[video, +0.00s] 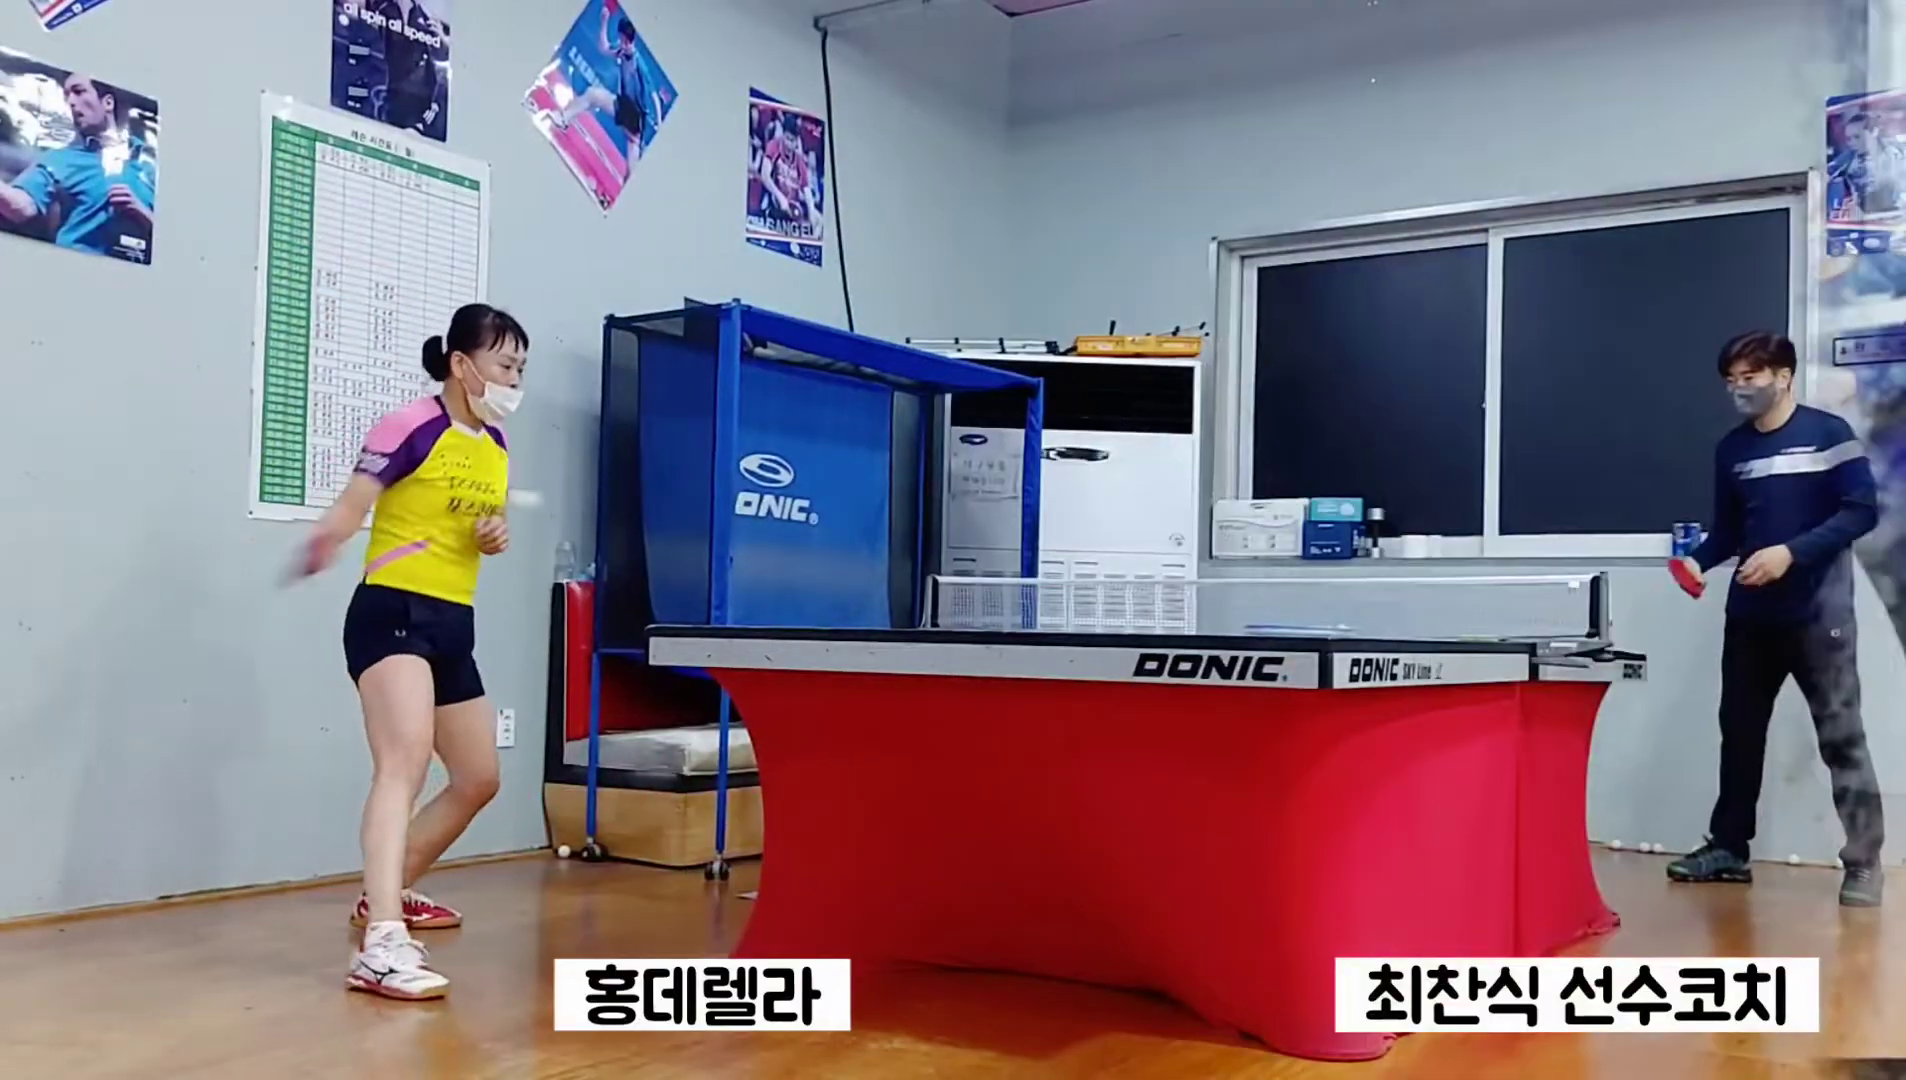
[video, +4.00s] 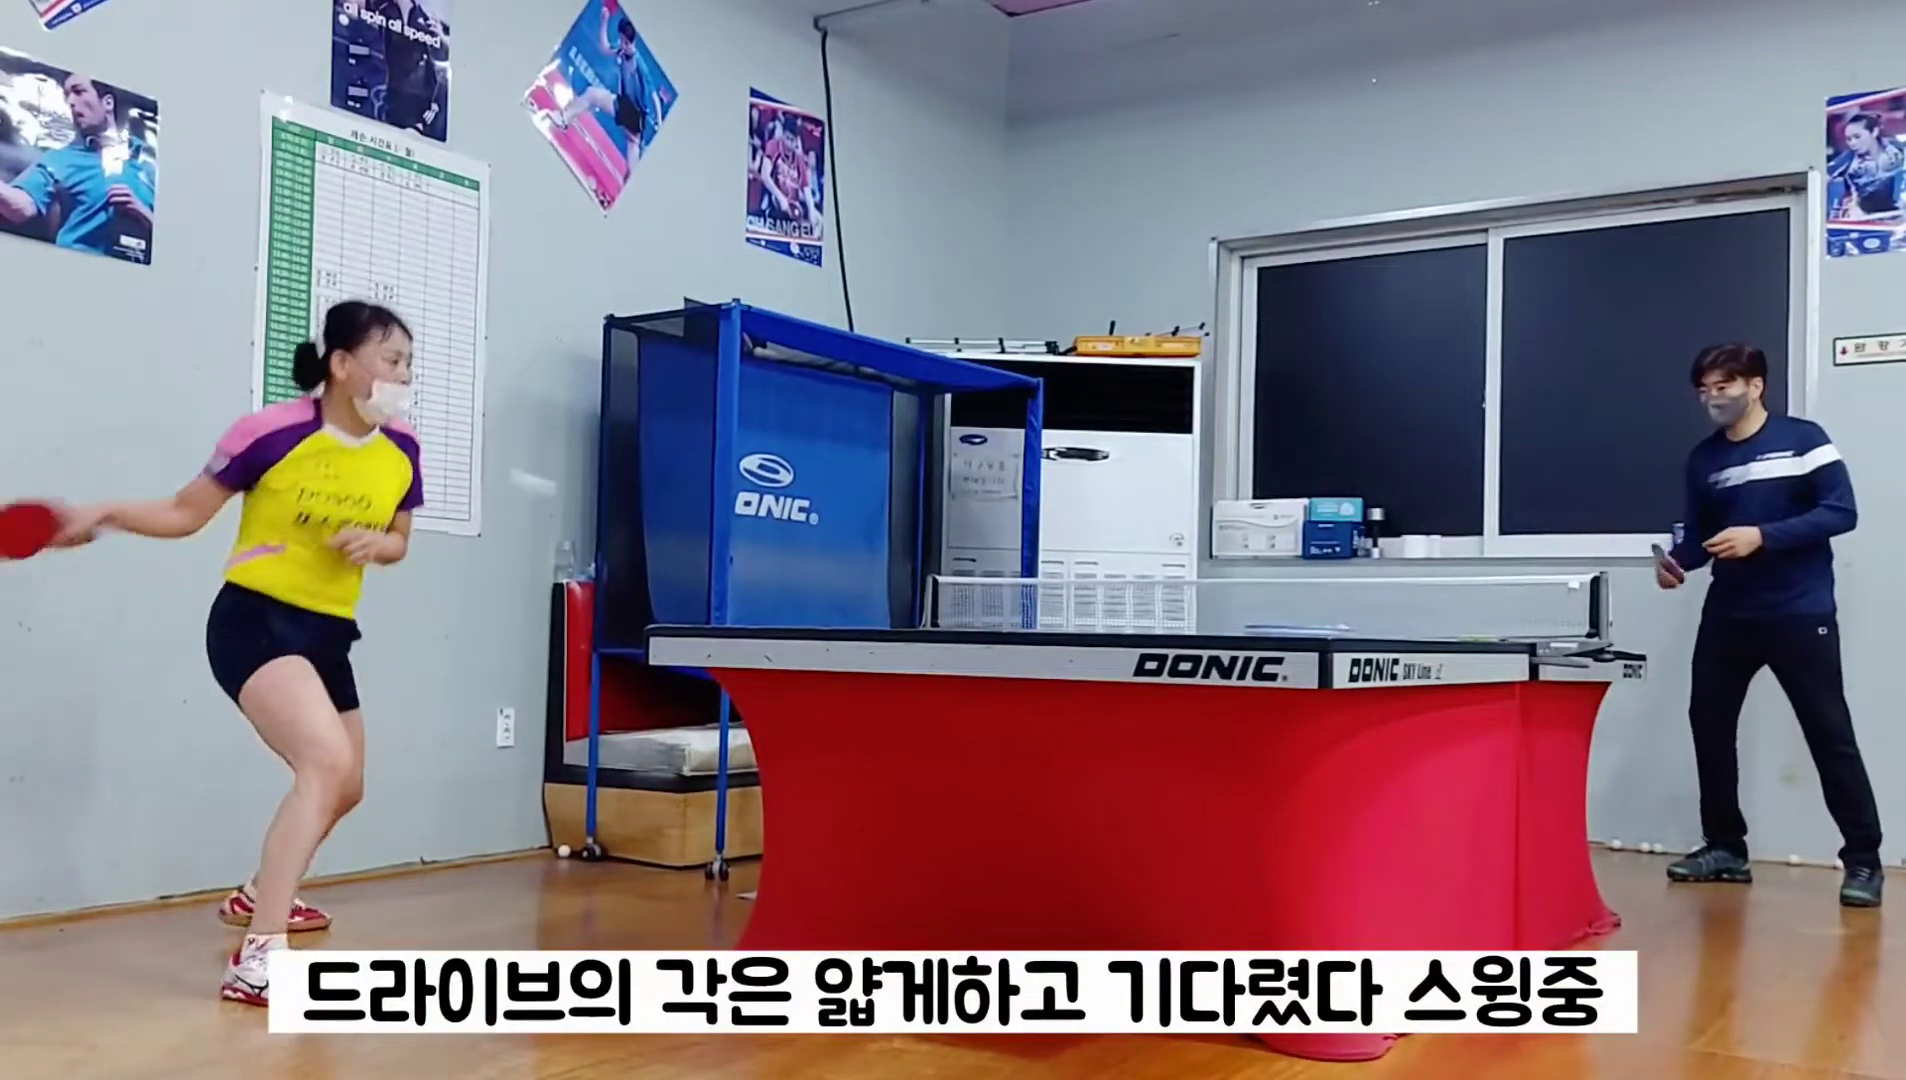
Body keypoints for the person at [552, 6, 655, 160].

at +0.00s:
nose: (621, 41)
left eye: (623, 38)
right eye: (621, 38)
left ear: (627, 40)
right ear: (621, 38)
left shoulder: (631, 56)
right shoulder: (622, 53)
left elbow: (631, 56)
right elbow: (603, 49)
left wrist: (628, 51)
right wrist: (604, 23)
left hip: (627, 107)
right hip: (637, 115)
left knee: (593, 94)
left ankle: (563, 118)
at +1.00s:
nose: (622, 42)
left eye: (624, 39)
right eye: (622, 39)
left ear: (628, 40)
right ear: (622, 38)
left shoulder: (631, 55)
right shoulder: (624, 52)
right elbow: (604, 49)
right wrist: (604, 22)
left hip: (629, 108)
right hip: (637, 115)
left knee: (593, 94)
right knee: (632, 162)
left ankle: (563, 118)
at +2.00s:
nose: (621, 41)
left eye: (624, 39)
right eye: (621, 38)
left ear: (628, 40)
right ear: (621, 38)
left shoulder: (631, 57)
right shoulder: (622, 53)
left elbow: (631, 57)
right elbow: (604, 50)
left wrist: (628, 51)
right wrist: (604, 22)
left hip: (629, 109)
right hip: (636, 115)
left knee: (594, 94)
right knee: (633, 146)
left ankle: (563, 118)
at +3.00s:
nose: (621, 41)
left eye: (623, 38)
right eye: (621, 37)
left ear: (626, 39)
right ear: (621, 38)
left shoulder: (631, 56)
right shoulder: (622, 53)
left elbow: (630, 54)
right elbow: (604, 50)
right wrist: (604, 22)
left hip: (628, 108)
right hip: (637, 114)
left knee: (592, 94)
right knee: (633, 143)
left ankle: (563, 118)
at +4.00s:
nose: (622, 42)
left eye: (624, 40)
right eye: (622, 39)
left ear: (628, 40)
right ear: (621, 38)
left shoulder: (632, 57)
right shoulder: (622, 52)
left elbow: (632, 55)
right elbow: (605, 50)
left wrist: (629, 51)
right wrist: (604, 23)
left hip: (629, 108)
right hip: (637, 114)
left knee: (592, 94)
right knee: (633, 143)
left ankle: (563, 117)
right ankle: (629, 177)